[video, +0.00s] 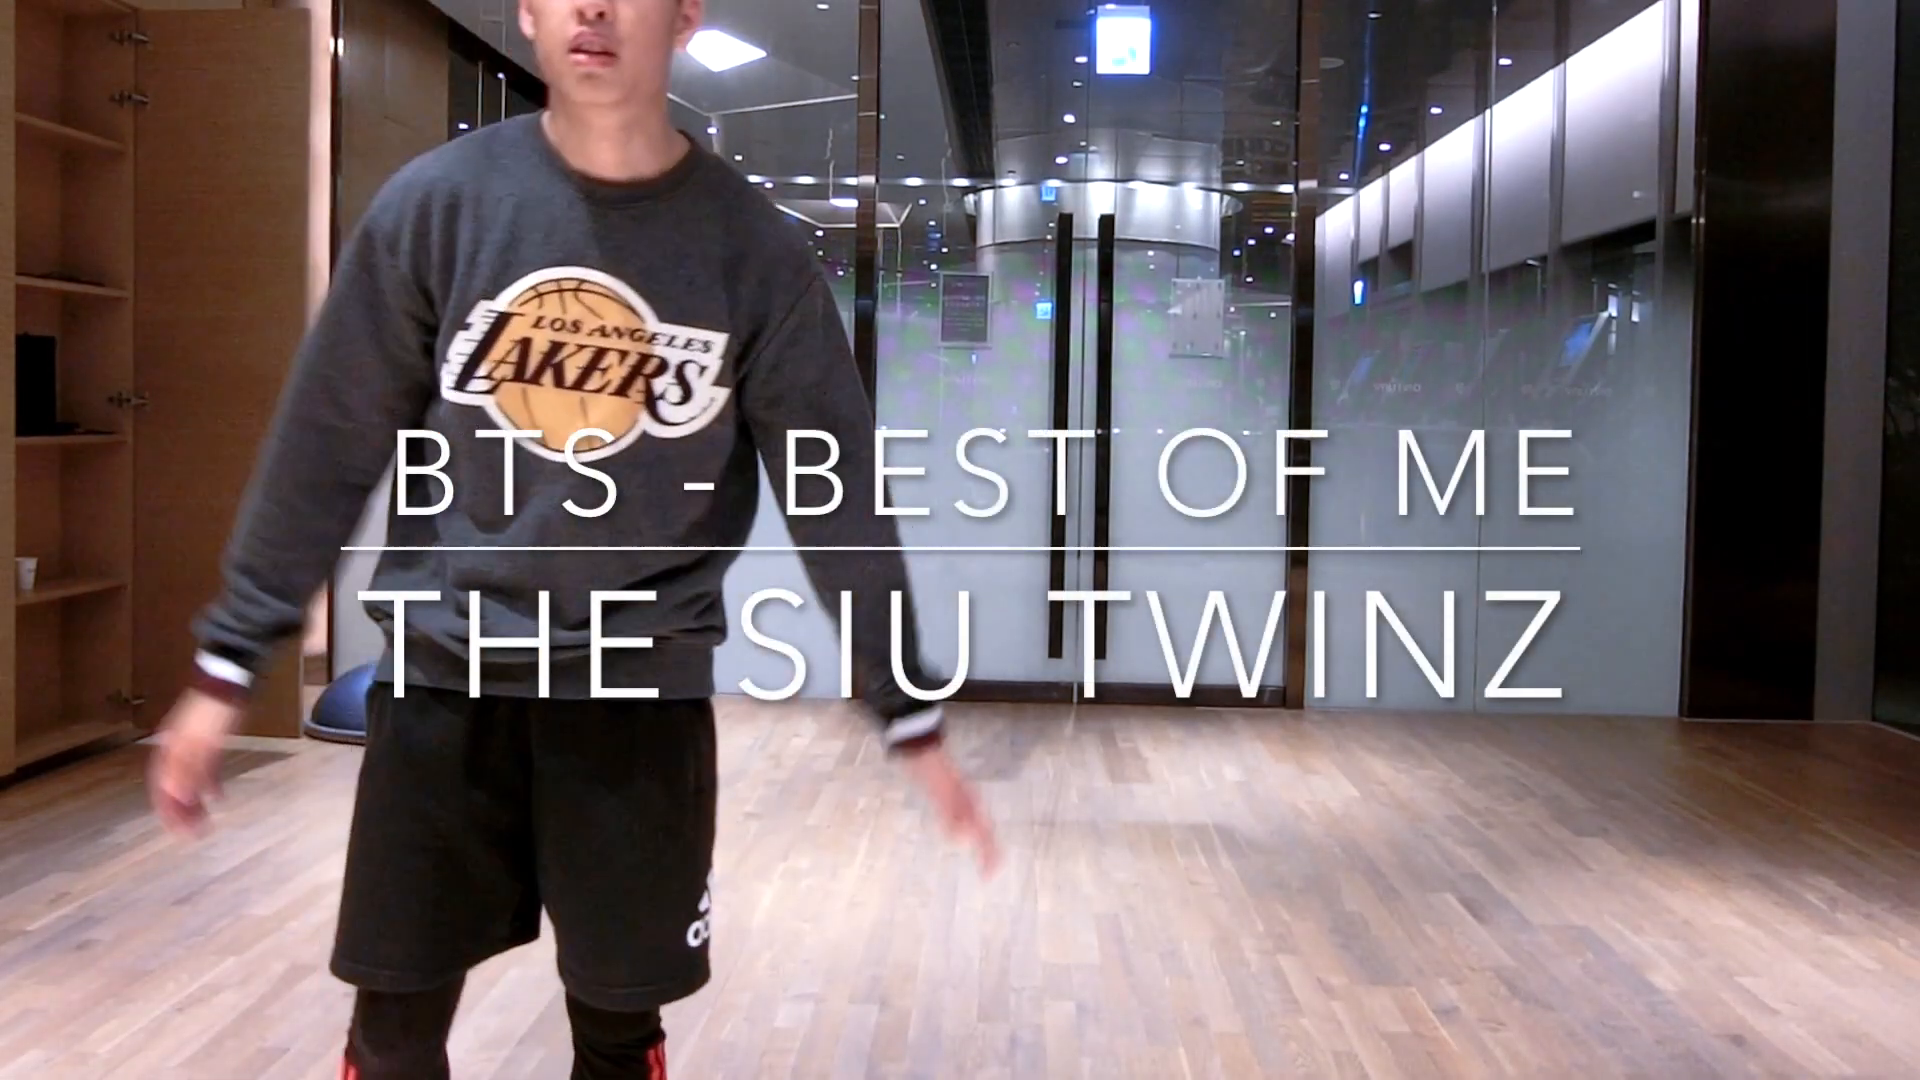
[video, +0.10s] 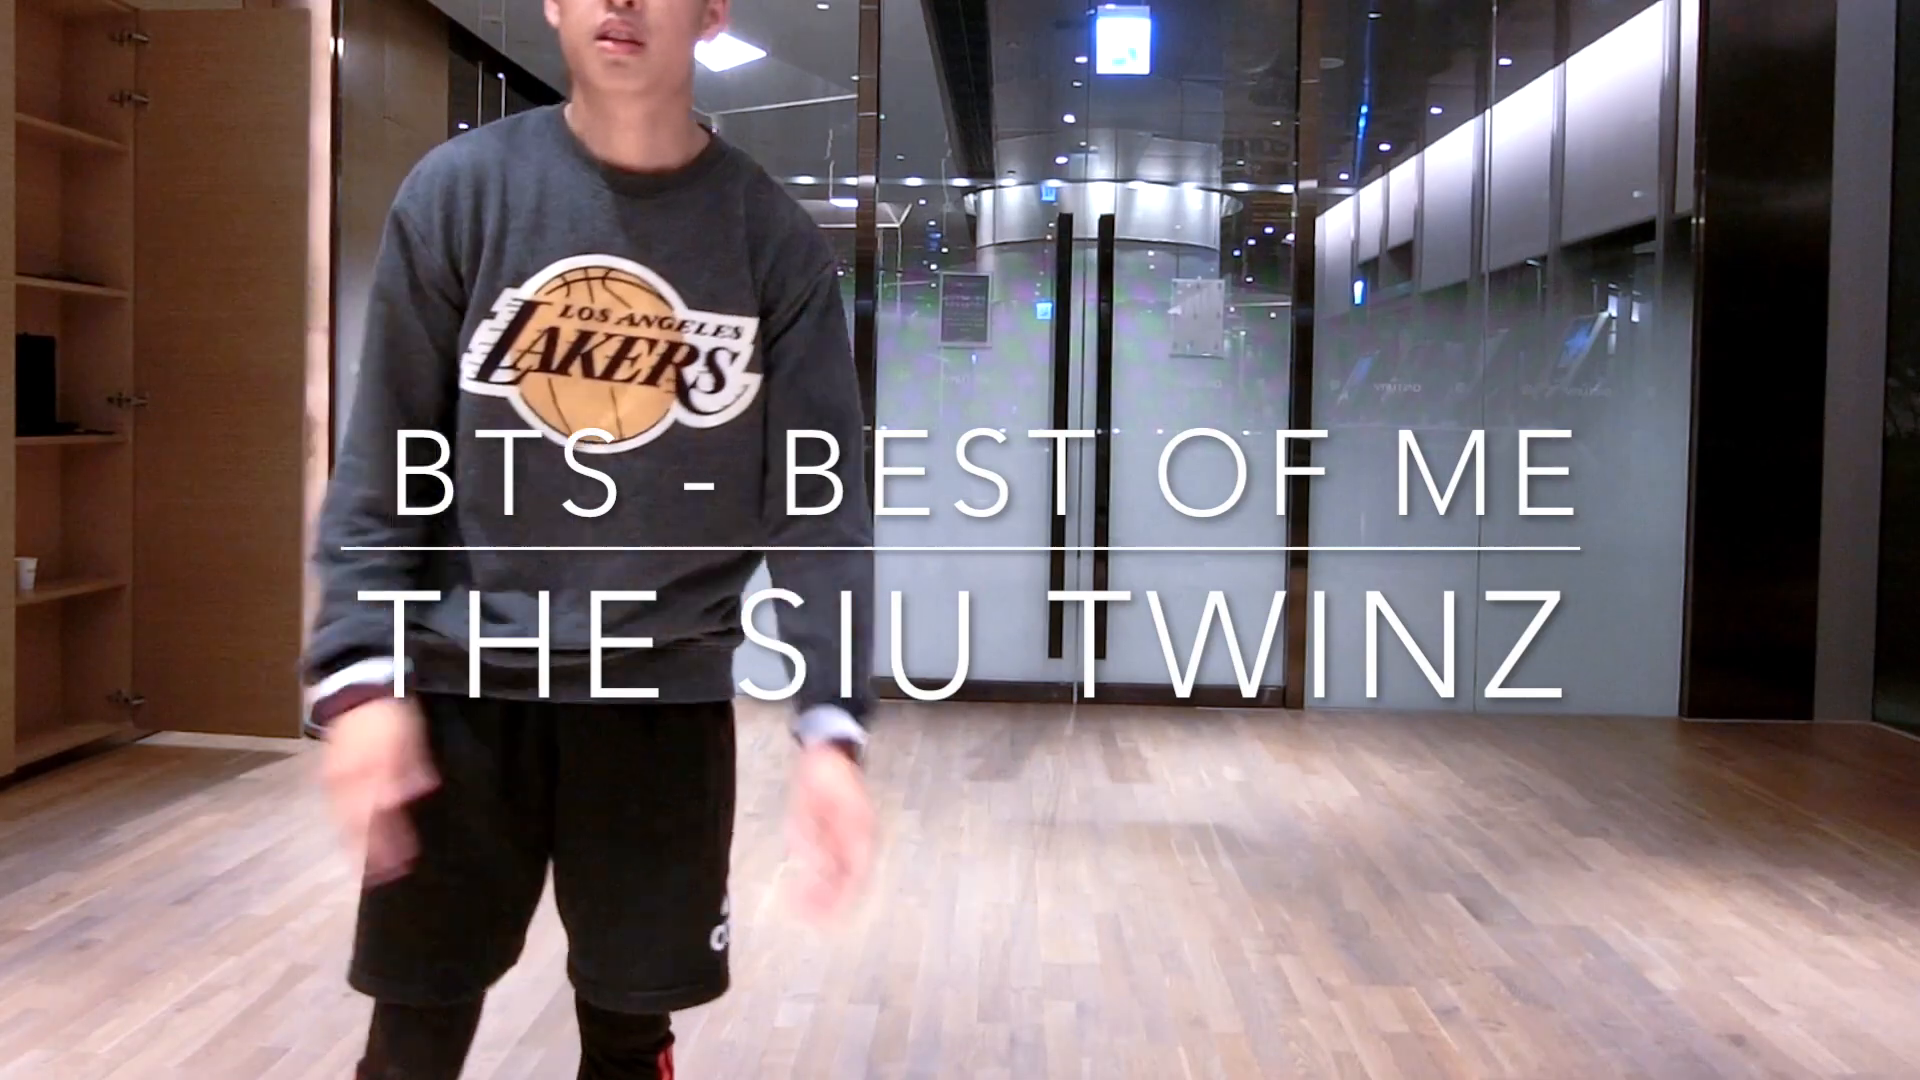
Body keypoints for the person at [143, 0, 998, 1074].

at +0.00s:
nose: (591, 11)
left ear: (685, 17)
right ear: (526, 21)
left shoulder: (754, 243)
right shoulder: (431, 204)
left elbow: (833, 489)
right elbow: (323, 444)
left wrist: (909, 718)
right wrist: (221, 672)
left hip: (636, 692)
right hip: (441, 687)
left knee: (618, 1031)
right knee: (396, 1022)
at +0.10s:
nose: (614, 3)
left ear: (710, 15)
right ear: (554, 10)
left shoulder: (772, 234)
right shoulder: (456, 193)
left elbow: (824, 495)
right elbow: (376, 463)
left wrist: (829, 725)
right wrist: (363, 679)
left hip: (661, 704)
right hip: (461, 698)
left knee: (630, 1036)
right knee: (414, 1043)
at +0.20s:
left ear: (727, 16)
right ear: (574, 8)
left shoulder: (785, 219)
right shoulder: (468, 176)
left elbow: (844, 447)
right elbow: (388, 437)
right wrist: (481, 572)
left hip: (675, 697)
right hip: (481, 691)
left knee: (637, 1036)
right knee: (439, 1039)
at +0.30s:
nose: (651, 21)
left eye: (688, 5)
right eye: (641, 1)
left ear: (744, 24)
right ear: (602, 14)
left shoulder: (779, 183)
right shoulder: (472, 168)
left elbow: (893, 389)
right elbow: (381, 426)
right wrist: (508, 477)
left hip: (692, 688)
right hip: (498, 681)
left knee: (644, 1043)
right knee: (474, 1047)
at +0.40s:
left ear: (746, 15)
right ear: (594, 3)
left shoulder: (782, 188)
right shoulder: (471, 174)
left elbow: (935, 251)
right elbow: (374, 419)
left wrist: (862, 20)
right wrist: (472, 485)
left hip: (707, 699)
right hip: (511, 699)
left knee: (655, 1040)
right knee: (511, 1056)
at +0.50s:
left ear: (747, 13)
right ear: (595, 2)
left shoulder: (792, 181)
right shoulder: (470, 180)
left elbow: (966, 160)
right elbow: (355, 404)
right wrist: (388, 458)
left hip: (724, 726)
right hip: (523, 727)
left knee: (673, 1050)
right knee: (546, 1063)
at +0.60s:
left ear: (743, 7)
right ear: (587, 3)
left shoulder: (806, 177)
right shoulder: (477, 177)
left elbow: (995, 125)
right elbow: (302, 454)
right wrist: (321, 300)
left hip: (746, 752)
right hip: (535, 756)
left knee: (730, 1065)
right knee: (572, 1065)